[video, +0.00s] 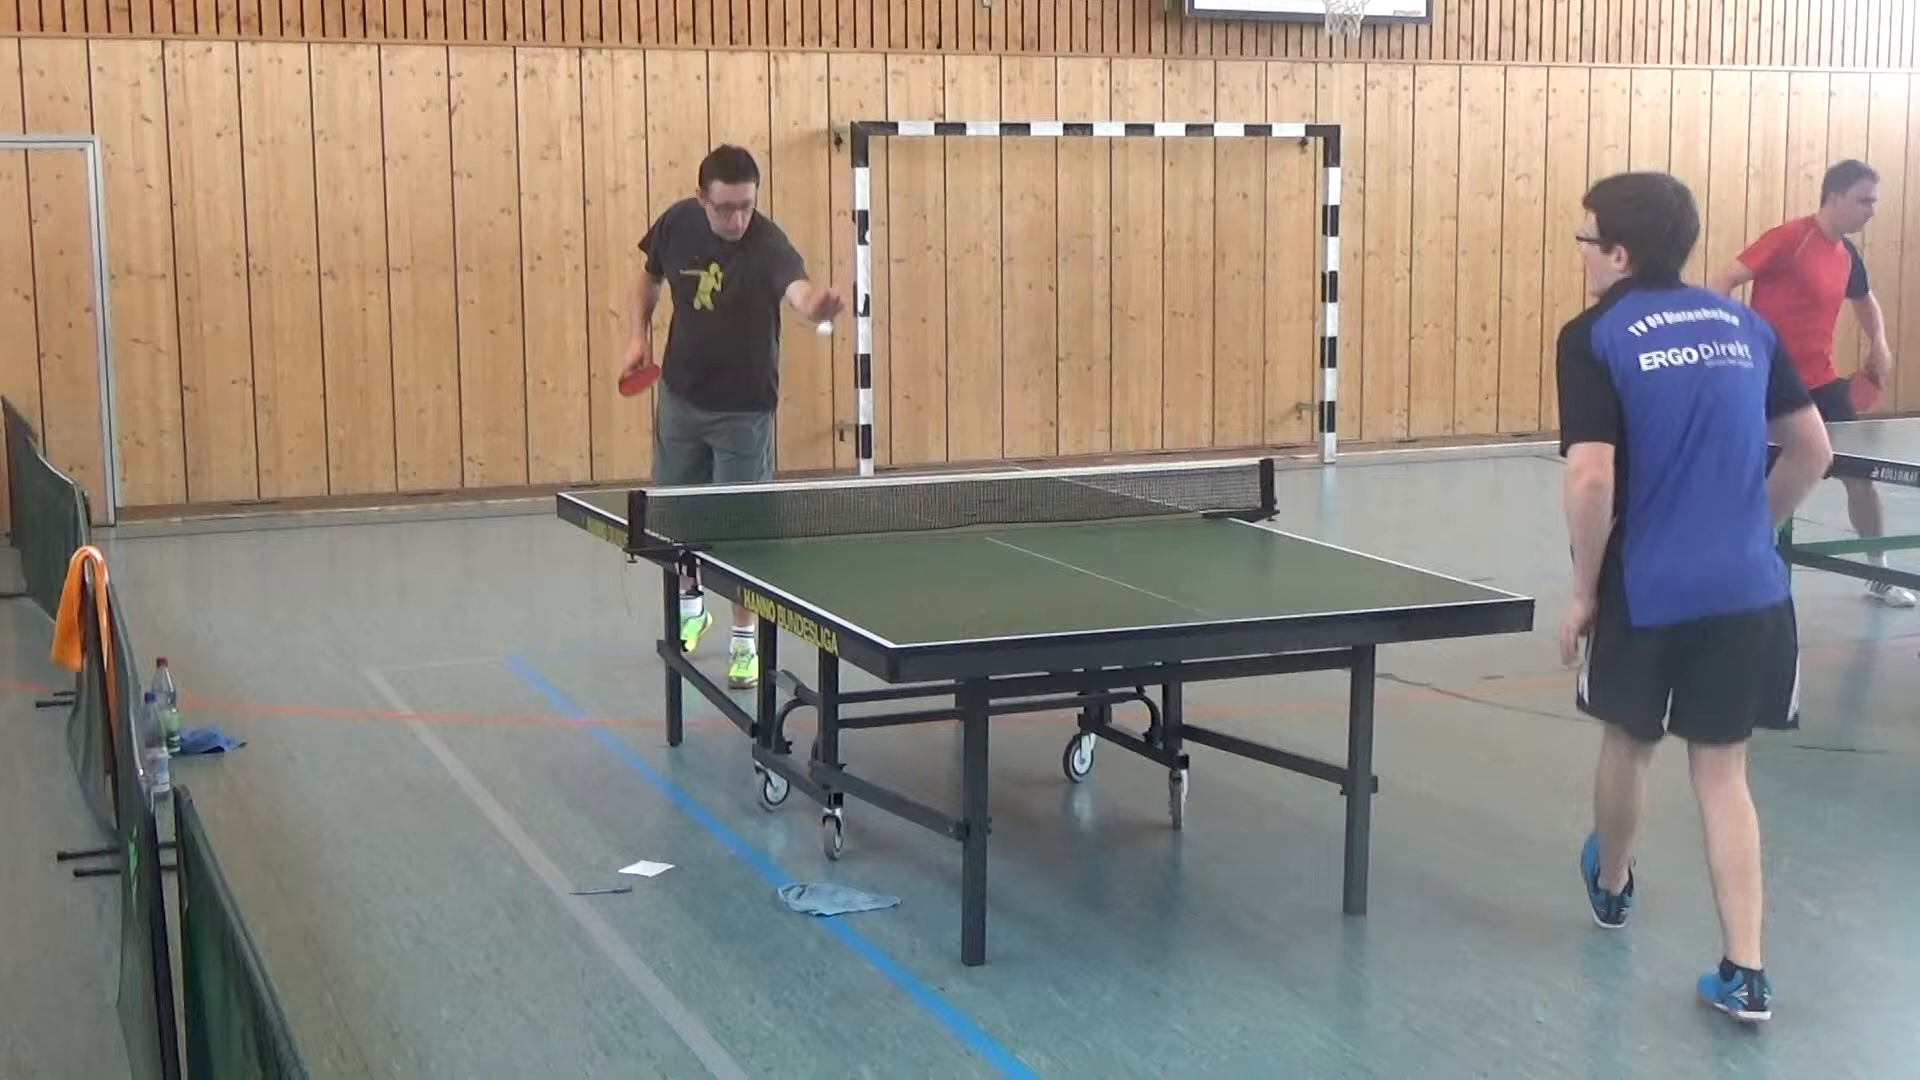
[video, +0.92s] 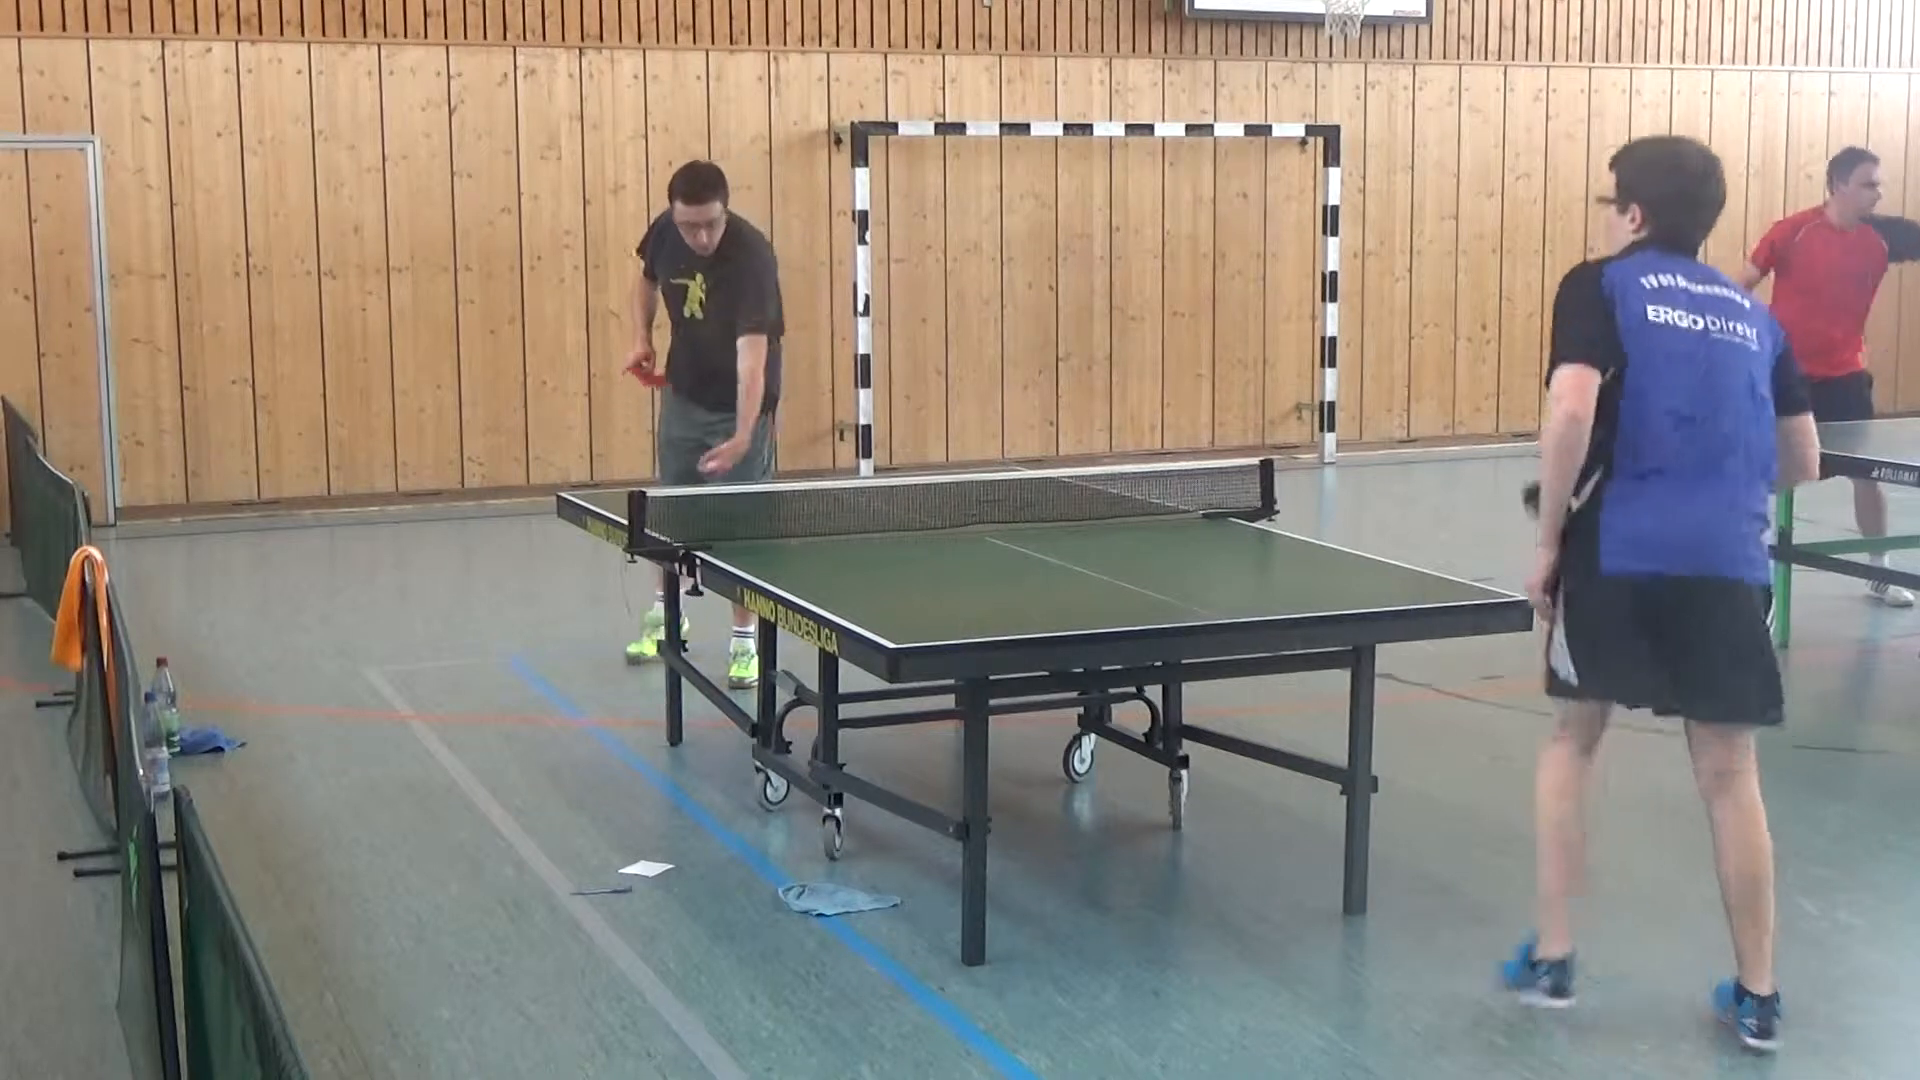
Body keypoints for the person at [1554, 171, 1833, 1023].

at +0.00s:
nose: (1579, 254)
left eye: (1588, 243)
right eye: (1582, 239)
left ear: (1624, 251)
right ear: (1673, 248)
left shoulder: (1591, 337)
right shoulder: (1747, 324)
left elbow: (1592, 475)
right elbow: (1811, 449)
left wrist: (1583, 590)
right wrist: (1754, 525)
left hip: (1646, 591)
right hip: (1747, 588)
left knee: (1627, 742)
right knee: (1724, 769)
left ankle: (1611, 882)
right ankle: (1746, 972)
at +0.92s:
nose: (1605, 220)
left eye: (1611, 207)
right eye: (1610, 205)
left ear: (1634, 214)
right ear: (1703, 218)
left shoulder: (1597, 285)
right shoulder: (1756, 311)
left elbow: (1573, 409)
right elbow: (1803, 461)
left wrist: (1548, 534)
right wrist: (1723, 473)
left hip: (1618, 562)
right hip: (1727, 572)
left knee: (1571, 742)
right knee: (1732, 776)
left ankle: (1552, 956)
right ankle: (1758, 996)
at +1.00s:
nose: (1591, 223)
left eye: (1598, 209)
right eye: (1595, 207)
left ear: (1626, 218)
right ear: (1694, 223)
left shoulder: (1585, 296)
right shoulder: (1753, 321)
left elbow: (1555, 425)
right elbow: (1784, 474)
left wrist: (1519, 566)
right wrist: (1696, 460)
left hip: (1605, 583)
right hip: (1720, 597)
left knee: (1525, 771)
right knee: (1733, 802)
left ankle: (1484, 994)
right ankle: (1787, 1027)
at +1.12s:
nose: (1560, 267)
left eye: (1566, 253)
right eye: (1564, 251)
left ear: (1594, 263)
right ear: (1665, 266)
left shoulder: (1554, 351)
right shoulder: (1722, 366)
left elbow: (1524, 494)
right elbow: (1747, 523)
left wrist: (1494, 635)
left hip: (1574, 649)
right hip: (1689, 655)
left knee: (1476, 831)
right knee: (1717, 839)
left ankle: (1402, 1048)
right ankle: (1788, 1042)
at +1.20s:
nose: (1531, 284)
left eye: (1537, 273)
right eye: (1534, 270)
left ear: (1560, 285)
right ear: (1633, 290)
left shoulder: (1519, 371)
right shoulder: (1687, 396)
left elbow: (1480, 529)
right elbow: (1708, 554)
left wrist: (1449, 664)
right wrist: (1608, 531)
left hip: (1525, 676)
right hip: (1639, 684)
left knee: (1439, 870)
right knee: (1682, 850)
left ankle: (1399, 1070)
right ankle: (1783, 1042)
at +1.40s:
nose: (1425, 292)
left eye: (1431, 280)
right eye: (1430, 278)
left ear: (1448, 296)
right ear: (1528, 308)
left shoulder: (1401, 381)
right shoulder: (1573, 415)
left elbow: (1337, 542)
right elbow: (1605, 588)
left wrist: (1317, 664)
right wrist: (1515, 552)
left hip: (1421, 691)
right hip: (1536, 692)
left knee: (1337, 877)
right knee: (1540, 814)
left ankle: (1368, 1072)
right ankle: (1658, 1005)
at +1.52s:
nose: (1384, 275)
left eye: (1390, 263)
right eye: (1392, 260)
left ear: (1409, 274)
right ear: (1487, 286)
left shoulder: (1358, 358)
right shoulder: (1540, 390)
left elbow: (1299, 514)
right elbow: (1577, 561)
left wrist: (1281, 640)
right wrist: (1497, 543)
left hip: (1391, 665)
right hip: (1508, 666)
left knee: (1345, 875)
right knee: (1483, 812)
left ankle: (1369, 1070)